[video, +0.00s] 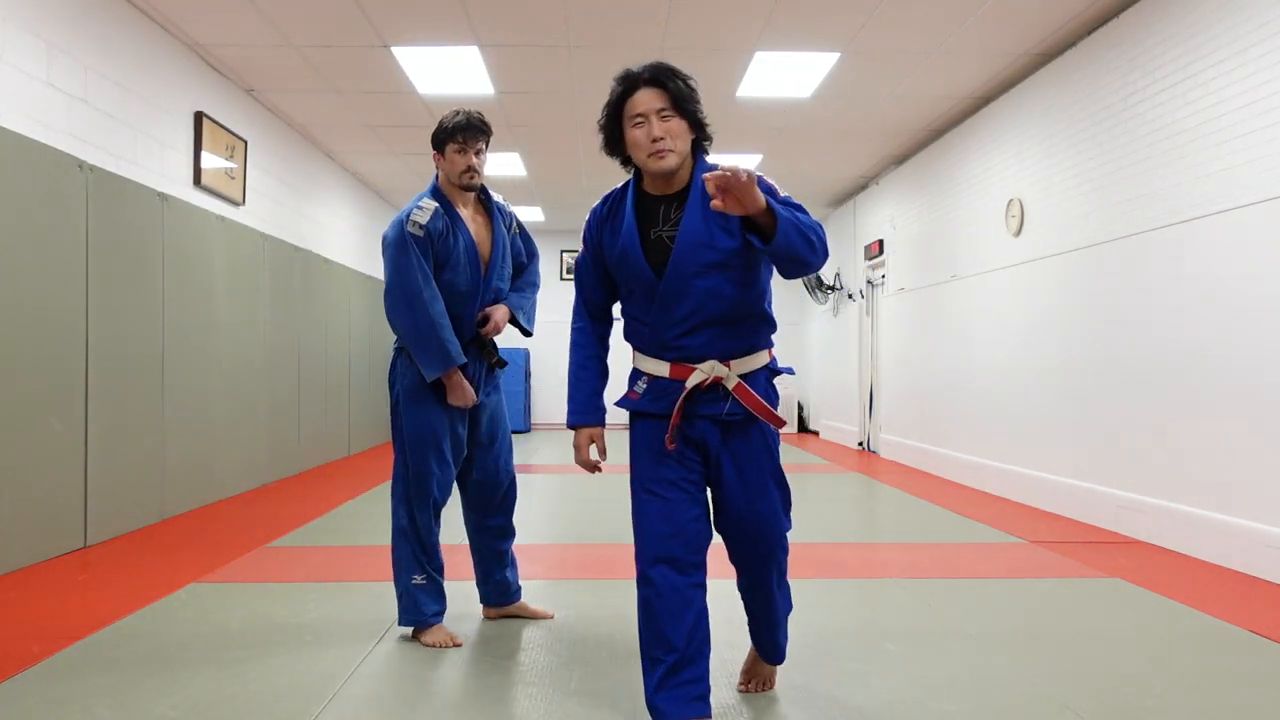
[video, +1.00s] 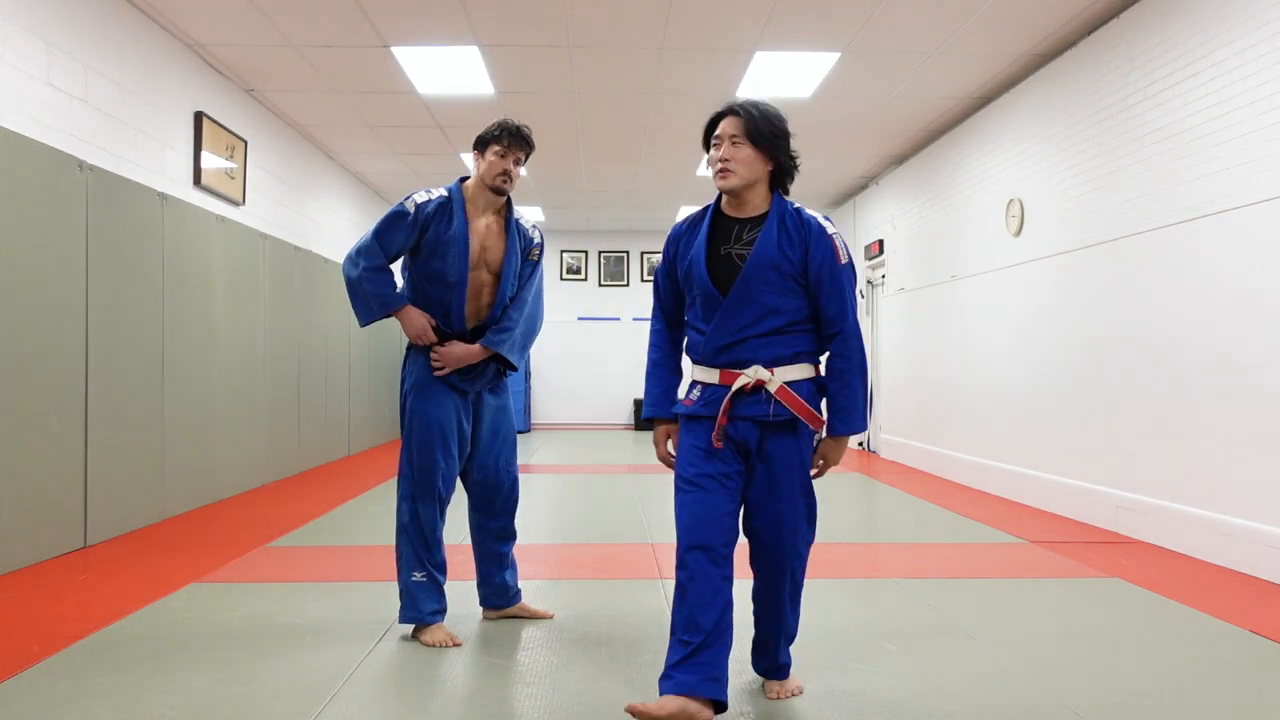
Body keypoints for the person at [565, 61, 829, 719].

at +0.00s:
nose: (656, 129)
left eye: (668, 115)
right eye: (639, 121)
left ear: (693, 126)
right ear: (622, 142)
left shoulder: (740, 189)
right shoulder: (608, 219)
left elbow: (811, 256)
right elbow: (590, 319)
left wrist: (763, 213)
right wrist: (585, 412)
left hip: (743, 395)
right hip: (658, 401)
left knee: (758, 541)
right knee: (666, 566)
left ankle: (767, 648)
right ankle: (678, 708)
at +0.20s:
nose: (639, 127)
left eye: (652, 112)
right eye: (622, 118)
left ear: (678, 122)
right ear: (607, 139)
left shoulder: (726, 187)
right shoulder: (594, 218)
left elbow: (801, 259)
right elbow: (580, 319)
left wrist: (746, 217)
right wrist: (580, 417)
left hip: (741, 390)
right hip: (653, 398)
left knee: (765, 537)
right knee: (665, 565)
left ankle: (779, 640)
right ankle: (679, 709)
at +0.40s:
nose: (644, 122)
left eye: (656, 108)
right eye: (626, 114)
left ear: (683, 120)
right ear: (611, 136)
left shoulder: (730, 185)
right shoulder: (598, 217)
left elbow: (800, 258)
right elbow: (585, 318)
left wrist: (748, 212)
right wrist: (585, 418)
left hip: (743, 390)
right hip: (655, 399)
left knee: (769, 539)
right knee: (665, 565)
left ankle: (785, 637)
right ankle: (679, 709)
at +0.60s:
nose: (671, 120)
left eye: (683, 107)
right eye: (655, 111)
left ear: (707, 121)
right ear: (637, 131)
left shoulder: (750, 187)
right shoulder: (620, 218)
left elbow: (813, 255)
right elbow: (601, 319)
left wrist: (777, 242)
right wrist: (598, 415)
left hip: (750, 390)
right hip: (664, 396)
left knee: (770, 541)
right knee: (669, 563)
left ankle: (787, 645)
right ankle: (679, 709)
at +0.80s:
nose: (706, 132)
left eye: (719, 122)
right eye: (694, 123)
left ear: (744, 141)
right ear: (676, 144)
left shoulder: (778, 211)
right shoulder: (654, 228)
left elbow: (816, 304)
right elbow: (631, 323)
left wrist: (833, 398)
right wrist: (625, 409)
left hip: (769, 399)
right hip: (685, 403)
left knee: (777, 543)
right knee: (679, 561)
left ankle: (781, 652)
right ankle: (680, 708)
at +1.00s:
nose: (720, 151)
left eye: (736, 142)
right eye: (715, 143)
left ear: (771, 156)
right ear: (709, 157)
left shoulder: (811, 234)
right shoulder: (686, 234)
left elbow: (842, 332)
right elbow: (665, 327)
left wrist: (842, 424)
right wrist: (662, 411)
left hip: (787, 409)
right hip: (705, 408)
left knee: (781, 549)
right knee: (700, 547)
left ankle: (774, 662)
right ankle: (694, 688)